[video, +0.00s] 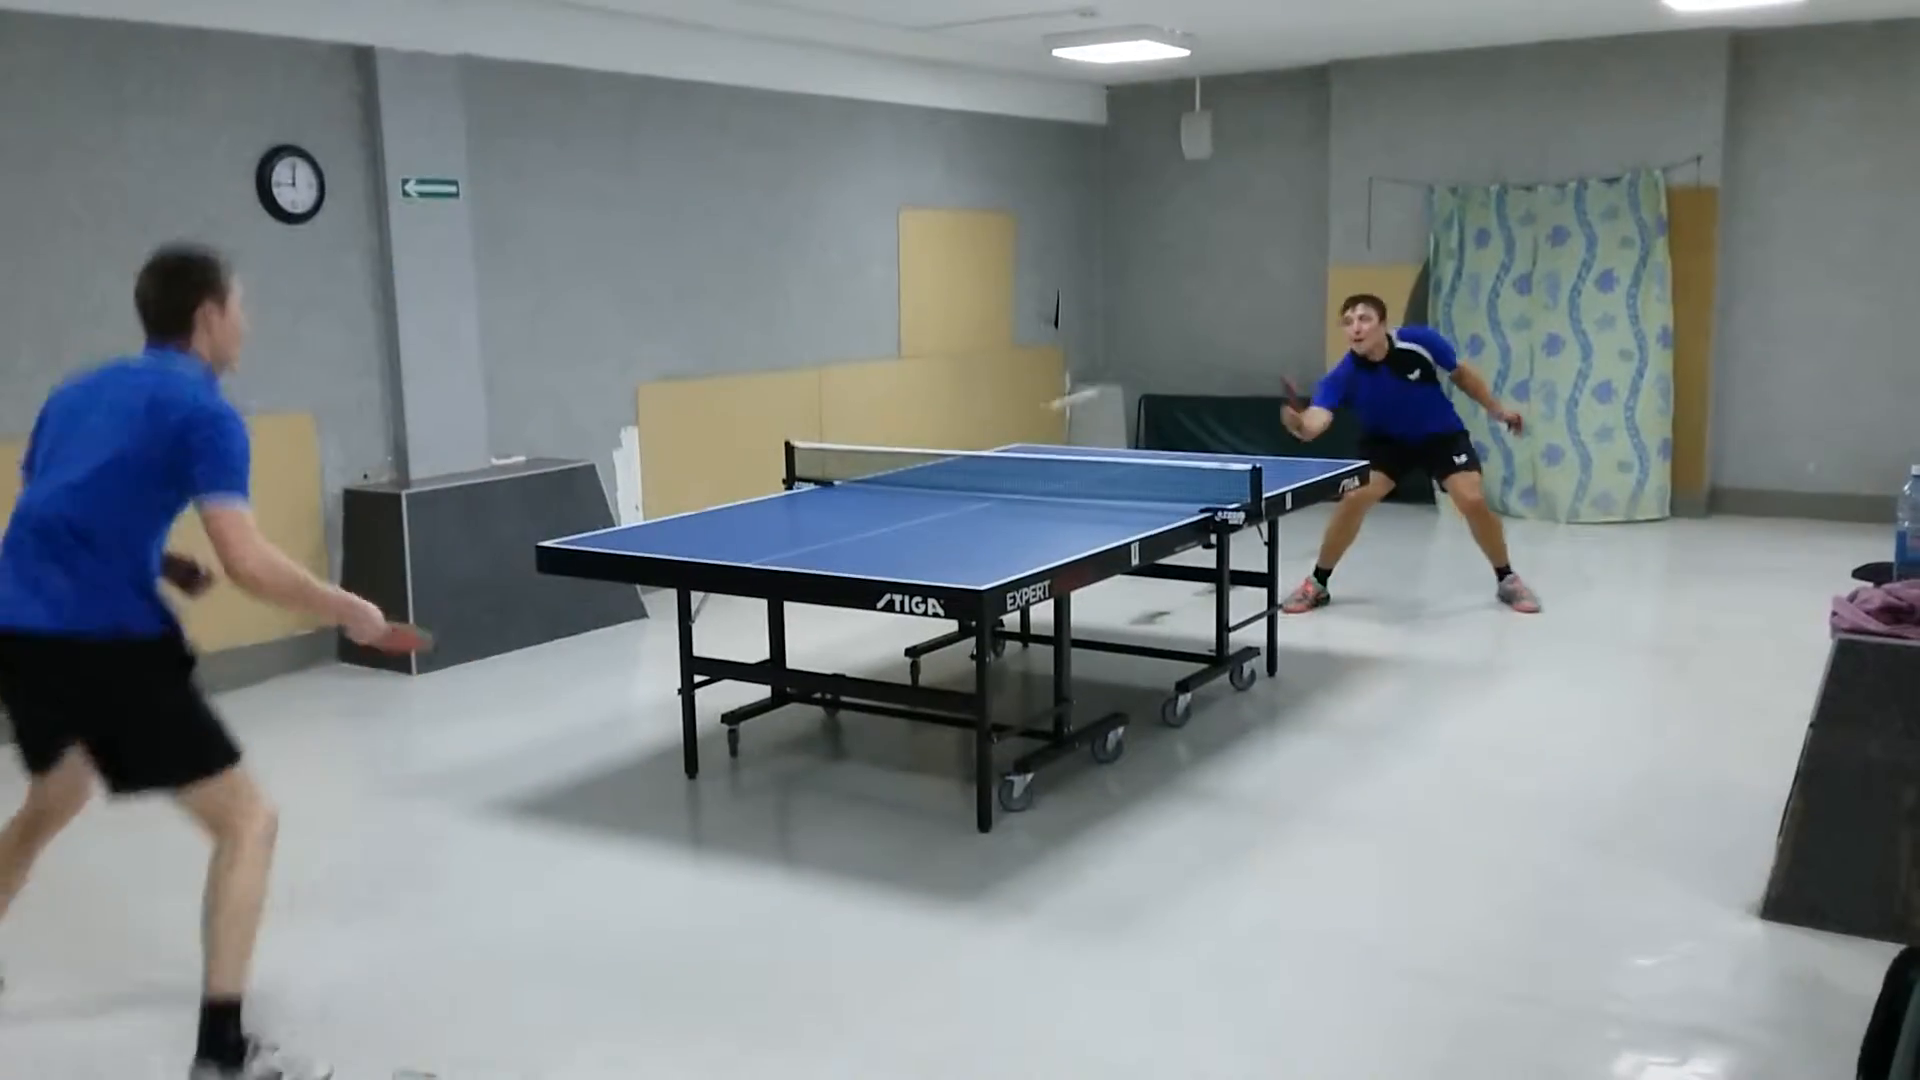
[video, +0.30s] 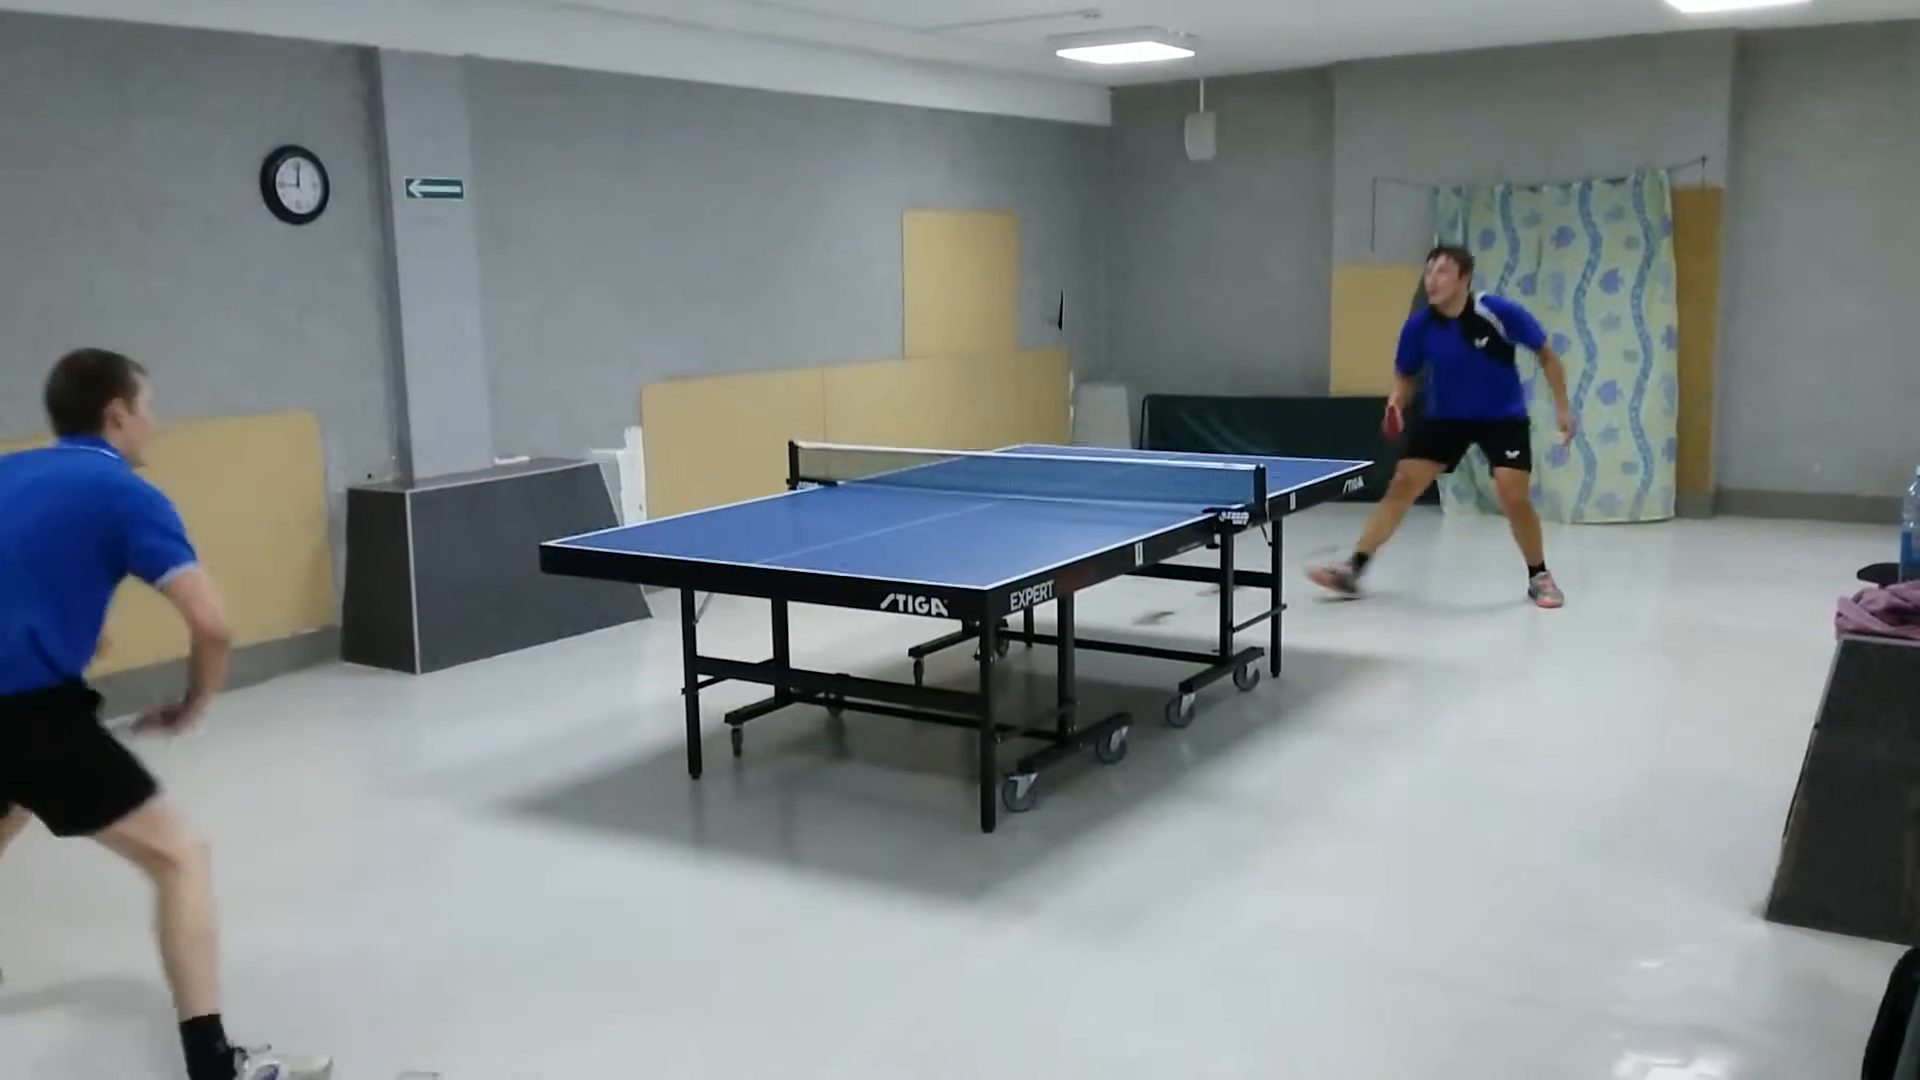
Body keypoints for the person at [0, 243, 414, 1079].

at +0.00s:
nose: (241, 324)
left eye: (236, 307)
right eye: (234, 308)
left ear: (156, 319)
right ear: (206, 316)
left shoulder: (76, 391)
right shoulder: (203, 408)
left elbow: (50, 509)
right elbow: (244, 560)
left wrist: (158, 559)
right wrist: (349, 609)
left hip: (20, 628)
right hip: (108, 638)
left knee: (60, 791)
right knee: (246, 820)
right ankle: (222, 1044)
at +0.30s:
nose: (150, 423)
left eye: (146, 407)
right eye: (144, 408)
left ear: (69, 416)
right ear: (115, 413)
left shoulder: (12, 472)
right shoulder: (122, 493)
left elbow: (16, 575)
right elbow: (211, 626)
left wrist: (75, 632)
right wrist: (193, 704)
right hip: (30, 709)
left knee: (14, 807)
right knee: (179, 853)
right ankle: (212, 1061)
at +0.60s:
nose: (102, 409)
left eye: (98, 396)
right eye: (96, 396)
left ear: (17, 408)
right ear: (76, 402)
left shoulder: (8, 452)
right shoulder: (91, 461)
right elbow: (265, 465)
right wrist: (379, 432)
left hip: (8, 688)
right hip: (4, 689)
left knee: (40, 854)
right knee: (47, 860)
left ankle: (125, 1048)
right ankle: (130, 1057)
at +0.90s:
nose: (103, 313)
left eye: (98, 297)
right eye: (96, 298)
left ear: (22, 306)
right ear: (64, 303)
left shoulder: (1, 370)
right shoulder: (95, 381)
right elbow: (212, 495)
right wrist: (326, 561)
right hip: (40, 625)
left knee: (7, 776)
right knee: (119, 829)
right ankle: (111, 1045)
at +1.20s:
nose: (156, 301)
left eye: (152, 285)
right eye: (146, 285)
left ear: (83, 296)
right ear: (109, 292)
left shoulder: (16, 366)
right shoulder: (111, 384)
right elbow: (173, 541)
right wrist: (282, 584)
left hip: (8, 624)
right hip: (52, 632)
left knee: (21, 759)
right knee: (165, 797)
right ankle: (156, 1020)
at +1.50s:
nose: (122, 404)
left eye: (118, 388)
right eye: (115, 389)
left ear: (47, 396)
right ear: (86, 393)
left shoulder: (11, 454)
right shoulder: (98, 469)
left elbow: (19, 570)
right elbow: (146, 607)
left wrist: (76, 624)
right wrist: (119, 675)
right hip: (27, 682)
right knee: (153, 822)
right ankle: (149, 1032)